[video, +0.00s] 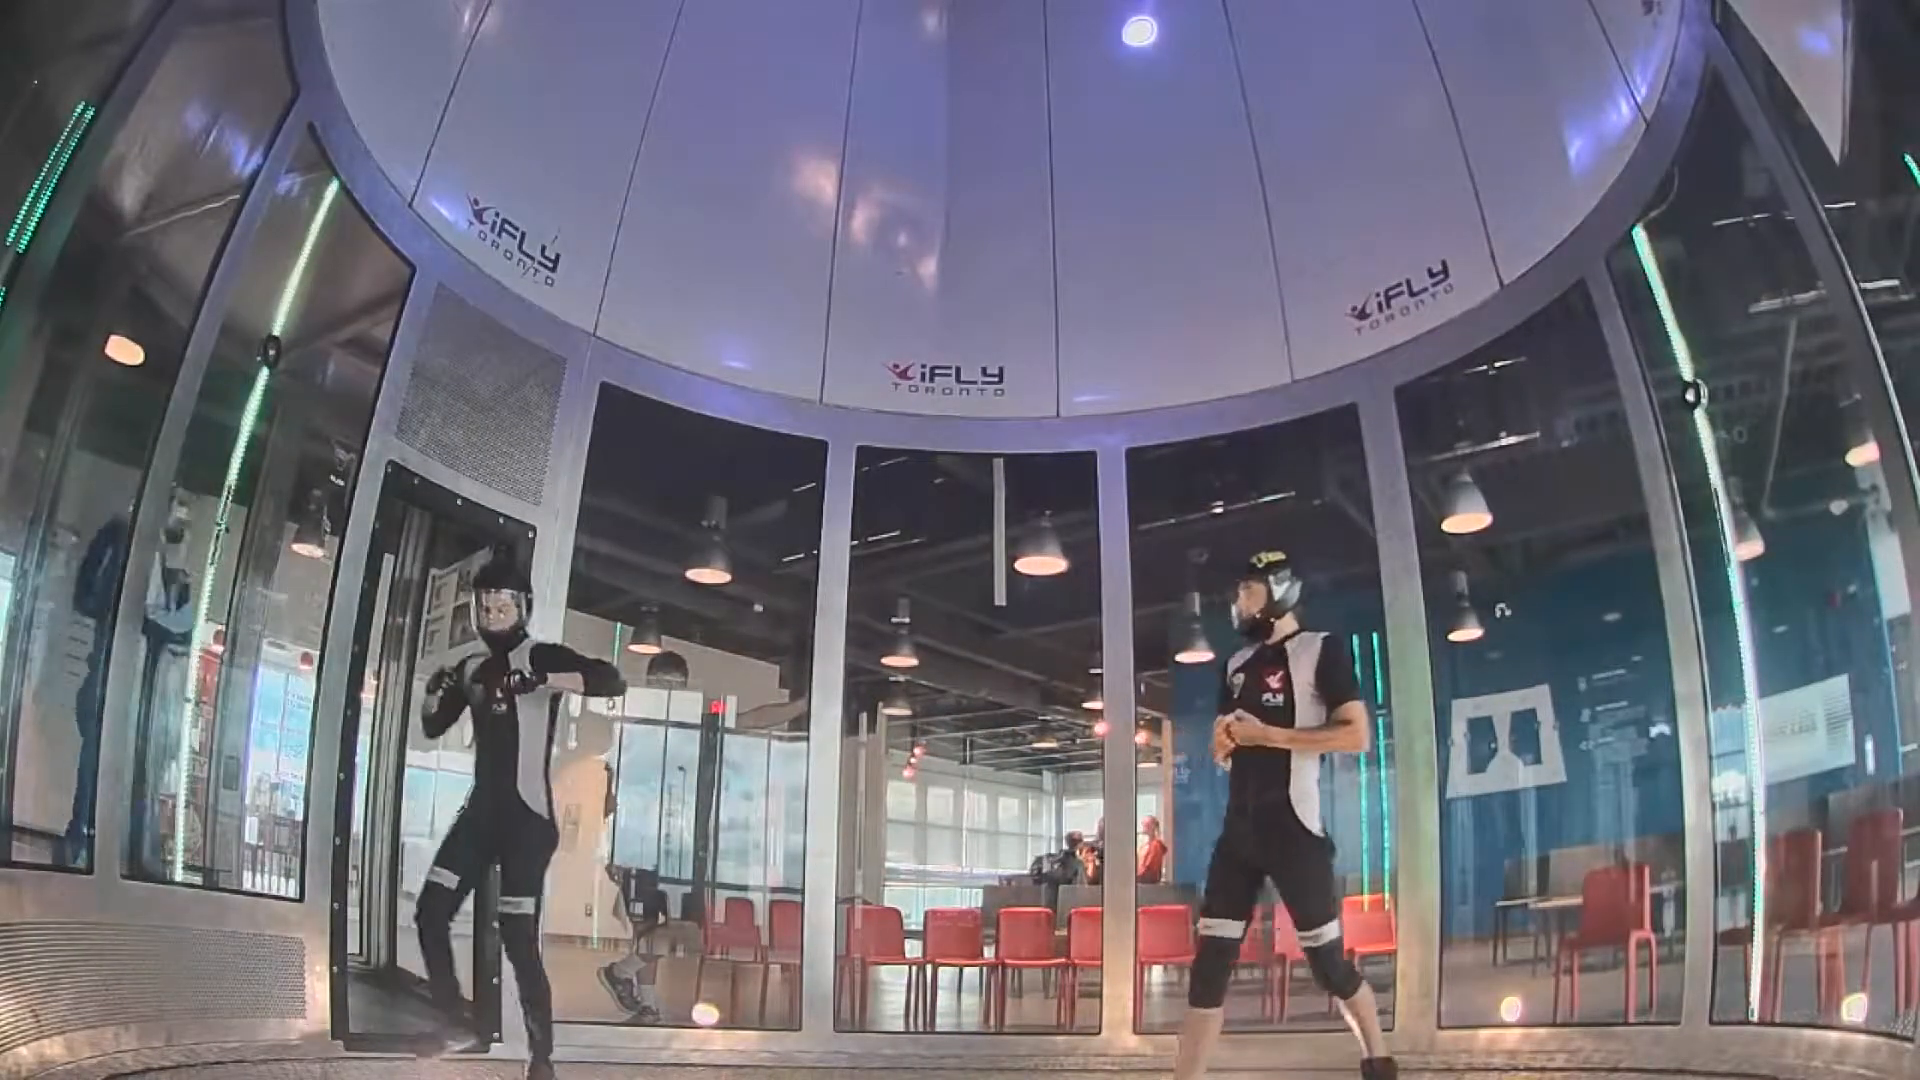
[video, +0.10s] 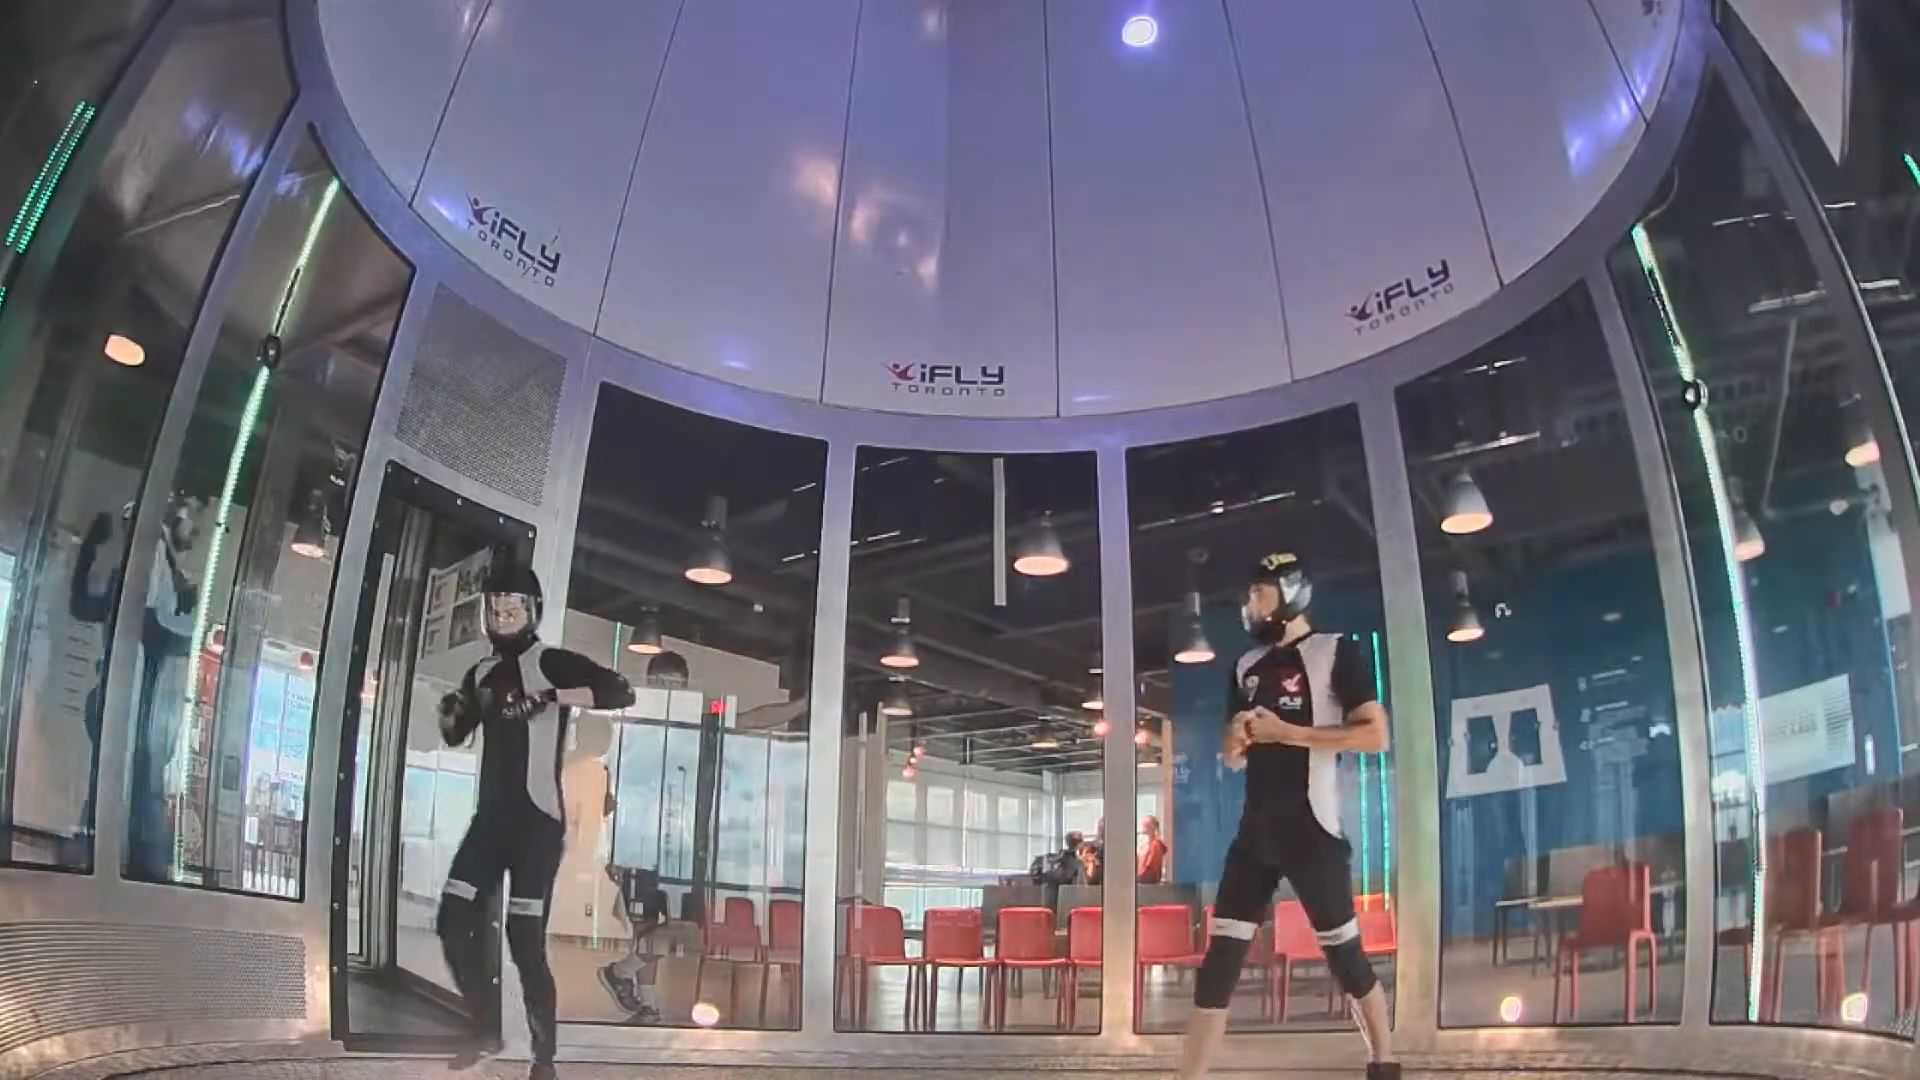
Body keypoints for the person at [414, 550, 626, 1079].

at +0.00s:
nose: (494, 611)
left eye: (505, 603)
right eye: (487, 602)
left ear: (523, 607)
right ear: (476, 607)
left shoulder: (545, 656)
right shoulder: (470, 669)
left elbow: (613, 681)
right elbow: (432, 730)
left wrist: (562, 680)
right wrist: (436, 699)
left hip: (530, 815)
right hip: (481, 808)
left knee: (517, 936)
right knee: (431, 913)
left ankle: (541, 1056)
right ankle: (453, 1022)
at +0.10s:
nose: (504, 612)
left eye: (515, 603)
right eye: (495, 602)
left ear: (533, 610)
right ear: (485, 608)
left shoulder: (552, 663)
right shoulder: (479, 673)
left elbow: (621, 693)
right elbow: (456, 738)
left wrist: (560, 696)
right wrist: (453, 716)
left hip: (539, 822)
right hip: (490, 818)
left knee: (524, 936)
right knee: (454, 923)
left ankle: (543, 1058)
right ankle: (487, 1033)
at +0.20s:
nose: (524, 610)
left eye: (534, 601)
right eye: (516, 600)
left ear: (549, 606)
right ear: (505, 605)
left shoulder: (569, 660)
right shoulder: (498, 667)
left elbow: (637, 698)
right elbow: (494, 736)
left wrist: (583, 710)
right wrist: (483, 722)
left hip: (550, 817)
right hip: (498, 815)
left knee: (536, 935)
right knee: (492, 936)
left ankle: (547, 1054)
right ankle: (536, 1032)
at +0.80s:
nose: (587, 630)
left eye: (596, 621)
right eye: (580, 622)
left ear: (615, 626)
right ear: (573, 627)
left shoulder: (629, 677)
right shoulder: (578, 685)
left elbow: (646, 763)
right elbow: (573, 753)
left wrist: (586, 789)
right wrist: (553, 767)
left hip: (606, 819)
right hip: (572, 814)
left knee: (579, 935)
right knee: (560, 934)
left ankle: (612, 1053)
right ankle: (578, 1053)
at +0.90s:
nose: (592, 630)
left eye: (602, 621)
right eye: (584, 621)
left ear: (618, 626)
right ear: (575, 626)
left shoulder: (632, 678)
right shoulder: (576, 686)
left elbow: (649, 762)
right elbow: (576, 757)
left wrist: (587, 789)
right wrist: (556, 773)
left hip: (610, 818)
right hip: (574, 813)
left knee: (586, 937)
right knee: (563, 936)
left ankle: (618, 1056)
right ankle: (578, 1053)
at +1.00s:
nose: (605, 633)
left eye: (614, 626)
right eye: (598, 627)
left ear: (631, 632)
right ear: (590, 634)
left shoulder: (646, 686)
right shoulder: (590, 691)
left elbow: (661, 767)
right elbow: (584, 759)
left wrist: (599, 790)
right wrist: (568, 778)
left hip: (622, 827)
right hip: (581, 822)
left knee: (611, 943)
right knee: (568, 942)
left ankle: (621, 1061)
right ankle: (579, 1056)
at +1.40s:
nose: (611, 634)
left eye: (621, 626)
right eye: (607, 626)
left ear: (643, 633)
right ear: (601, 633)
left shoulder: (656, 688)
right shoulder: (601, 694)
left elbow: (669, 766)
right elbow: (595, 760)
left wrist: (608, 788)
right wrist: (574, 778)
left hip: (625, 824)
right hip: (586, 819)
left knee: (616, 945)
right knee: (569, 939)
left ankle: (621, 1062)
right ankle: (578, 1056)